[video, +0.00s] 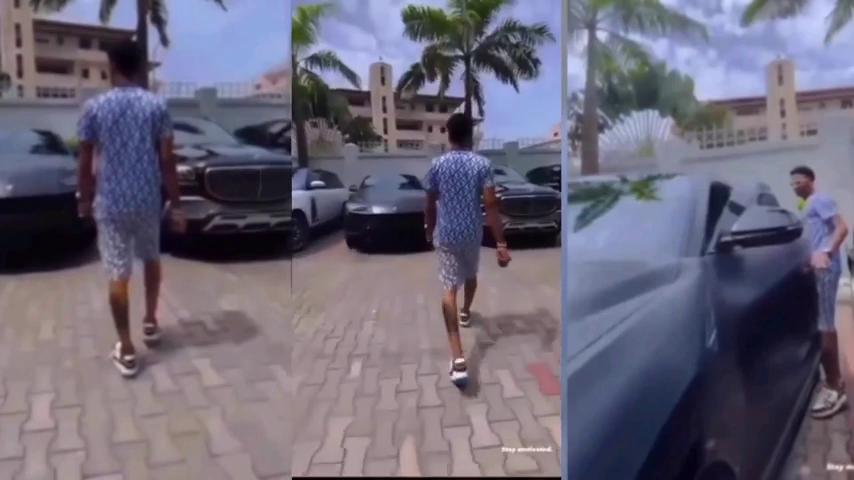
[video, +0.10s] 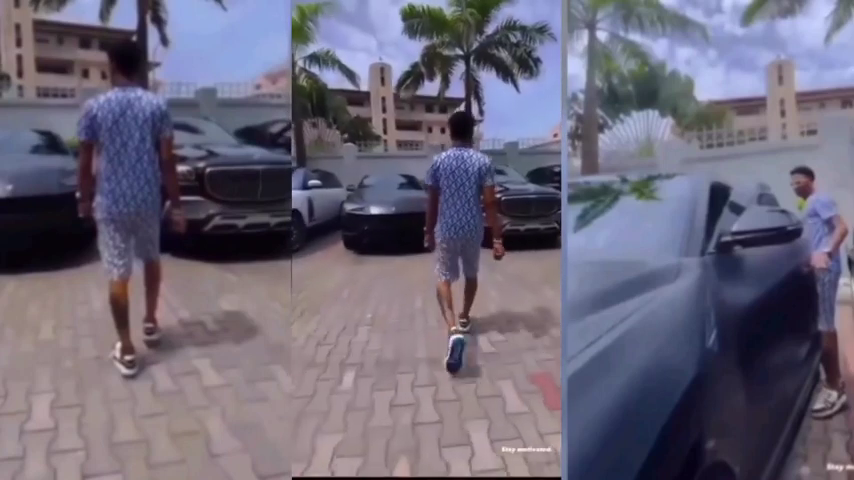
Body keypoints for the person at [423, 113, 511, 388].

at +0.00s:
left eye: (451, 132)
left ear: (449, 135)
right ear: (471, 135)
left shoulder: (438, 165)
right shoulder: (482, 164)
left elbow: (430, 203)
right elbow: (490, 205)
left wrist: (430, 230)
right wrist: (500, 243)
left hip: (445, 233)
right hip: (472, 233)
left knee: (449, 290)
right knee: (470, 276)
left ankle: (458, 357)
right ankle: (465, 313)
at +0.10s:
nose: (454, 135)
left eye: (452, 130)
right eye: (467, 130)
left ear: (450, 132)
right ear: (472, 132)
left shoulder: (439, 161)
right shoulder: (482, 162)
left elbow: (432, 201)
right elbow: (490, 202)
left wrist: (428, 231)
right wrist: (497, 238)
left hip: (446, 229)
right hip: (473, 228)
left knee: (444, 277)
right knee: (471, 273)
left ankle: (452, 326)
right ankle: (464, 317)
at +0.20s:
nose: (459, 132)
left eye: (451, 127)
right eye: (468, 127)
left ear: (449, 129)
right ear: (472, 128)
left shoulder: (439, 158)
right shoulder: (482, 157)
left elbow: (433, 198)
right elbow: (489, 198)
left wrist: (429, 229)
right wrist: (492, 228)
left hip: (447, 225)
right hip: (474, 226)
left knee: (442, 270)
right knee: (471, 275)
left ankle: (450, 314)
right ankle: (464, 322)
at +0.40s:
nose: (452, 133)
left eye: (449, 128)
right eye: (465, 128)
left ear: (447, 130)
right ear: (469, 129)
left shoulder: (438, 158)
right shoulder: (480, 156)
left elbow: (433, 198)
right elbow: (490, 196)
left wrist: (429, 229)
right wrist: (486, 210)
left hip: (446, 223)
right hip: (473, 224)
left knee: (445, 263)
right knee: (471, 280)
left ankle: (448, 304)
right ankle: (464, 338)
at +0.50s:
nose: (447, 135)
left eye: (446, 131)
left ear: (445, 133)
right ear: (467, 132)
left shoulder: (436, 161)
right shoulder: (479, 158)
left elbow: (432, 201)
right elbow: (487, 194)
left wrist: (429, 232)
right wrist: (481, 209)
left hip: (446, 226)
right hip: (472, 226)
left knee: (447, 267)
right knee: (471, 282)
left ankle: (450, 301)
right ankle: (464, 344)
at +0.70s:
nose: (437, 132)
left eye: (437, 128)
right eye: (459, 127)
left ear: (438, 130)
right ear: (461, 128)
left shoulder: (429, 159)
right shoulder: (471, 155)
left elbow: (426, 199)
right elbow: (478, 193)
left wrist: (423, 229)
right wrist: (479, 221)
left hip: (440, 223)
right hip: (467, 223)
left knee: (442, 271)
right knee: (471, 269)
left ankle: (448, 312)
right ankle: (468, 314)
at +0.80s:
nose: (435, 130)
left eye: (434, 126)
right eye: (457, 126)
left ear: (435, 127)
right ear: (458, 126)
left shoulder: (426, 156)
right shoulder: (468, 153)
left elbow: (421, 195)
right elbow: (475, 190)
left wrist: (419, 226)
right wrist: (477, 219)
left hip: (437, 222)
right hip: (463, 221)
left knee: (440, 271)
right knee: (468, 269)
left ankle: (446, 318)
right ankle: (466, 308)